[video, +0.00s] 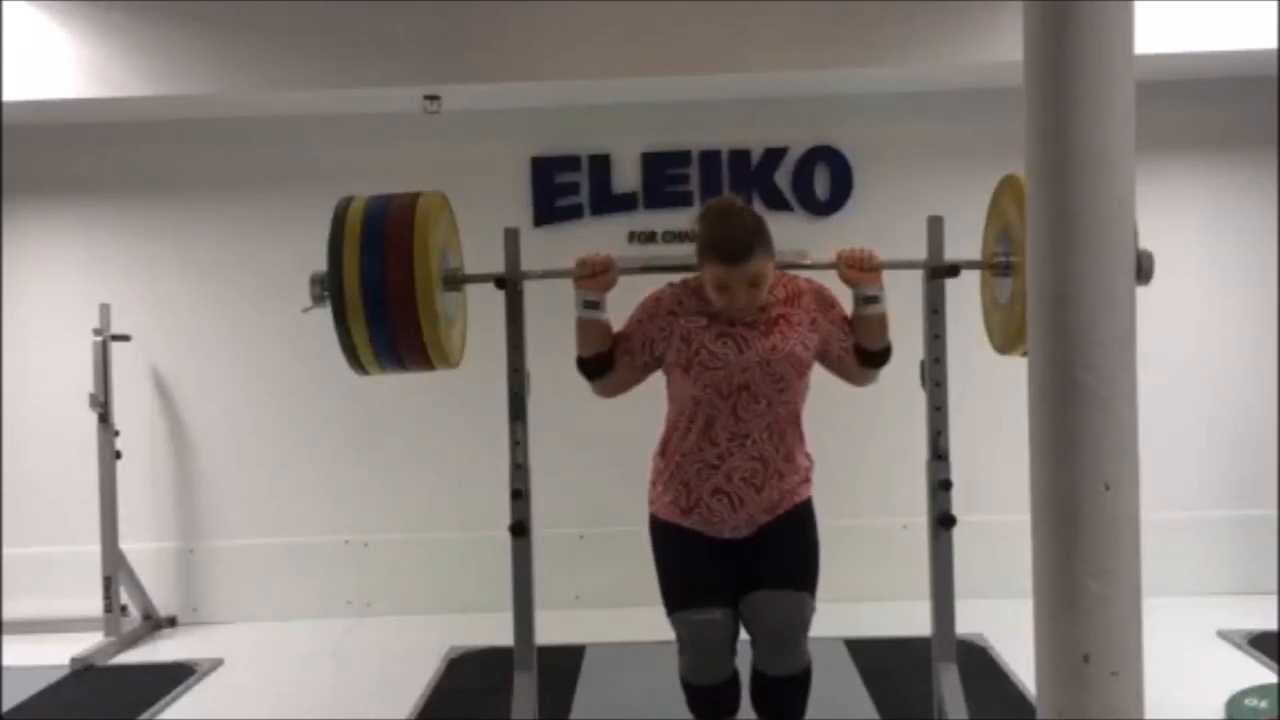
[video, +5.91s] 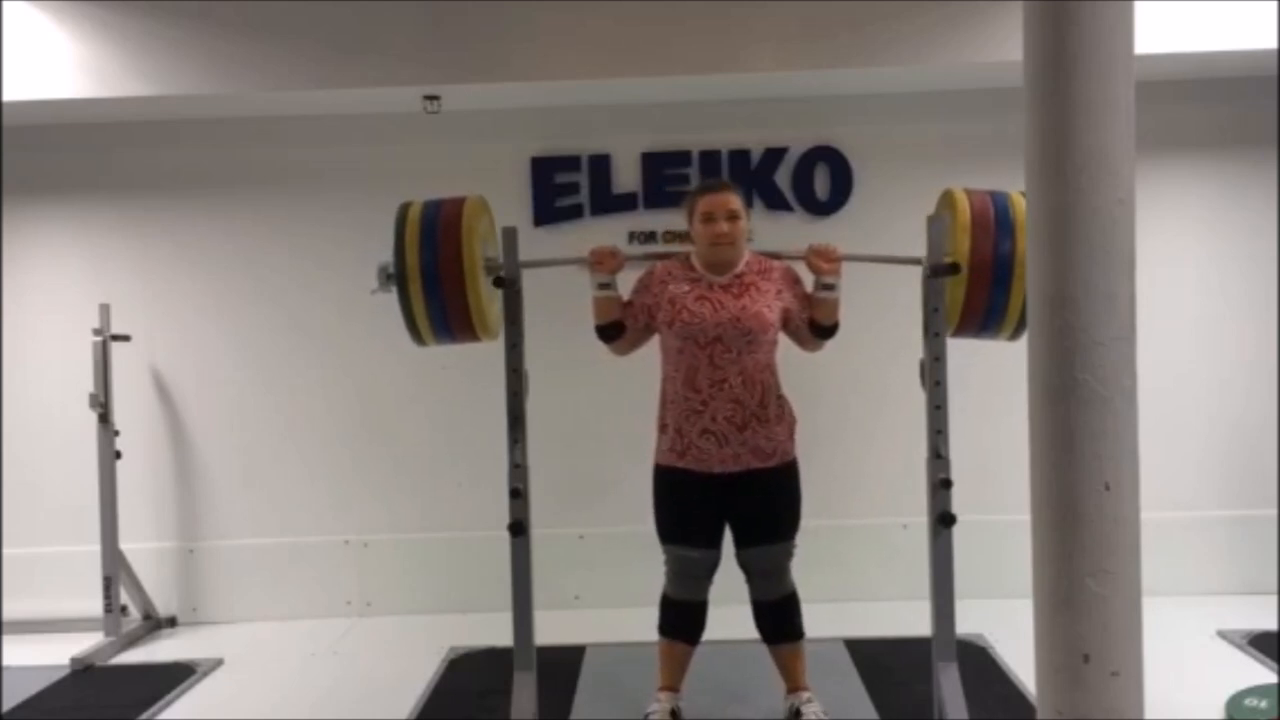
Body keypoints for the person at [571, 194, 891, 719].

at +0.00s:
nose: (738, 299)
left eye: (752, 283)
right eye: (722, 287)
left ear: (770, 264)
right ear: (700, 269)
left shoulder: (803, 303)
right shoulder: (672, 310)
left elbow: (863, 370)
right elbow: (607, 380)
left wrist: (869, 295)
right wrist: (590, 302)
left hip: (779, 513)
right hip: (688, 518)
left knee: (784, 653)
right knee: (705, 659)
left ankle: (782, 718)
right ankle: (714, 716)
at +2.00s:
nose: (729, 239)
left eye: (742, 224)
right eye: (714, 225)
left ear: (760, 219)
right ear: (692, 222)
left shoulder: (786, 269)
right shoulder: (656, 272)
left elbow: (833, 341)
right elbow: (604, 345)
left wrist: (848, 274)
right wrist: (584, 278)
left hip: (771, 490)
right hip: (683, 492)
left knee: (770, 642)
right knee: (700, 647)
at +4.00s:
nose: (702, 243)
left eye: (712, 231)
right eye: (689, 233)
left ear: (726, 230)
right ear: (668, 233)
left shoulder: (750, 275)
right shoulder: (640, 276)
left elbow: (791, 336)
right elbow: (594, 337)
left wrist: (803, 282)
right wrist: (580, 278)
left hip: (744, 454)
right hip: (665, 457)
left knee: (766, 577)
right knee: (670, 581)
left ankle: (796, 695)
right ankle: (665, 701)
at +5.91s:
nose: (722, 227)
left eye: (732, 217)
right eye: (709, 218)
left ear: (747, 224)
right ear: (690, 228)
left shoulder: (773, 277)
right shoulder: (664, 280)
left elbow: (814, 338)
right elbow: (618, 341)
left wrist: (827, 283)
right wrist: (604, 282)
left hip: (764, 458)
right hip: (687, 460)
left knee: (772, 579)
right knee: (686, 581)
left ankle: (800, 695)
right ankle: (666, 698)